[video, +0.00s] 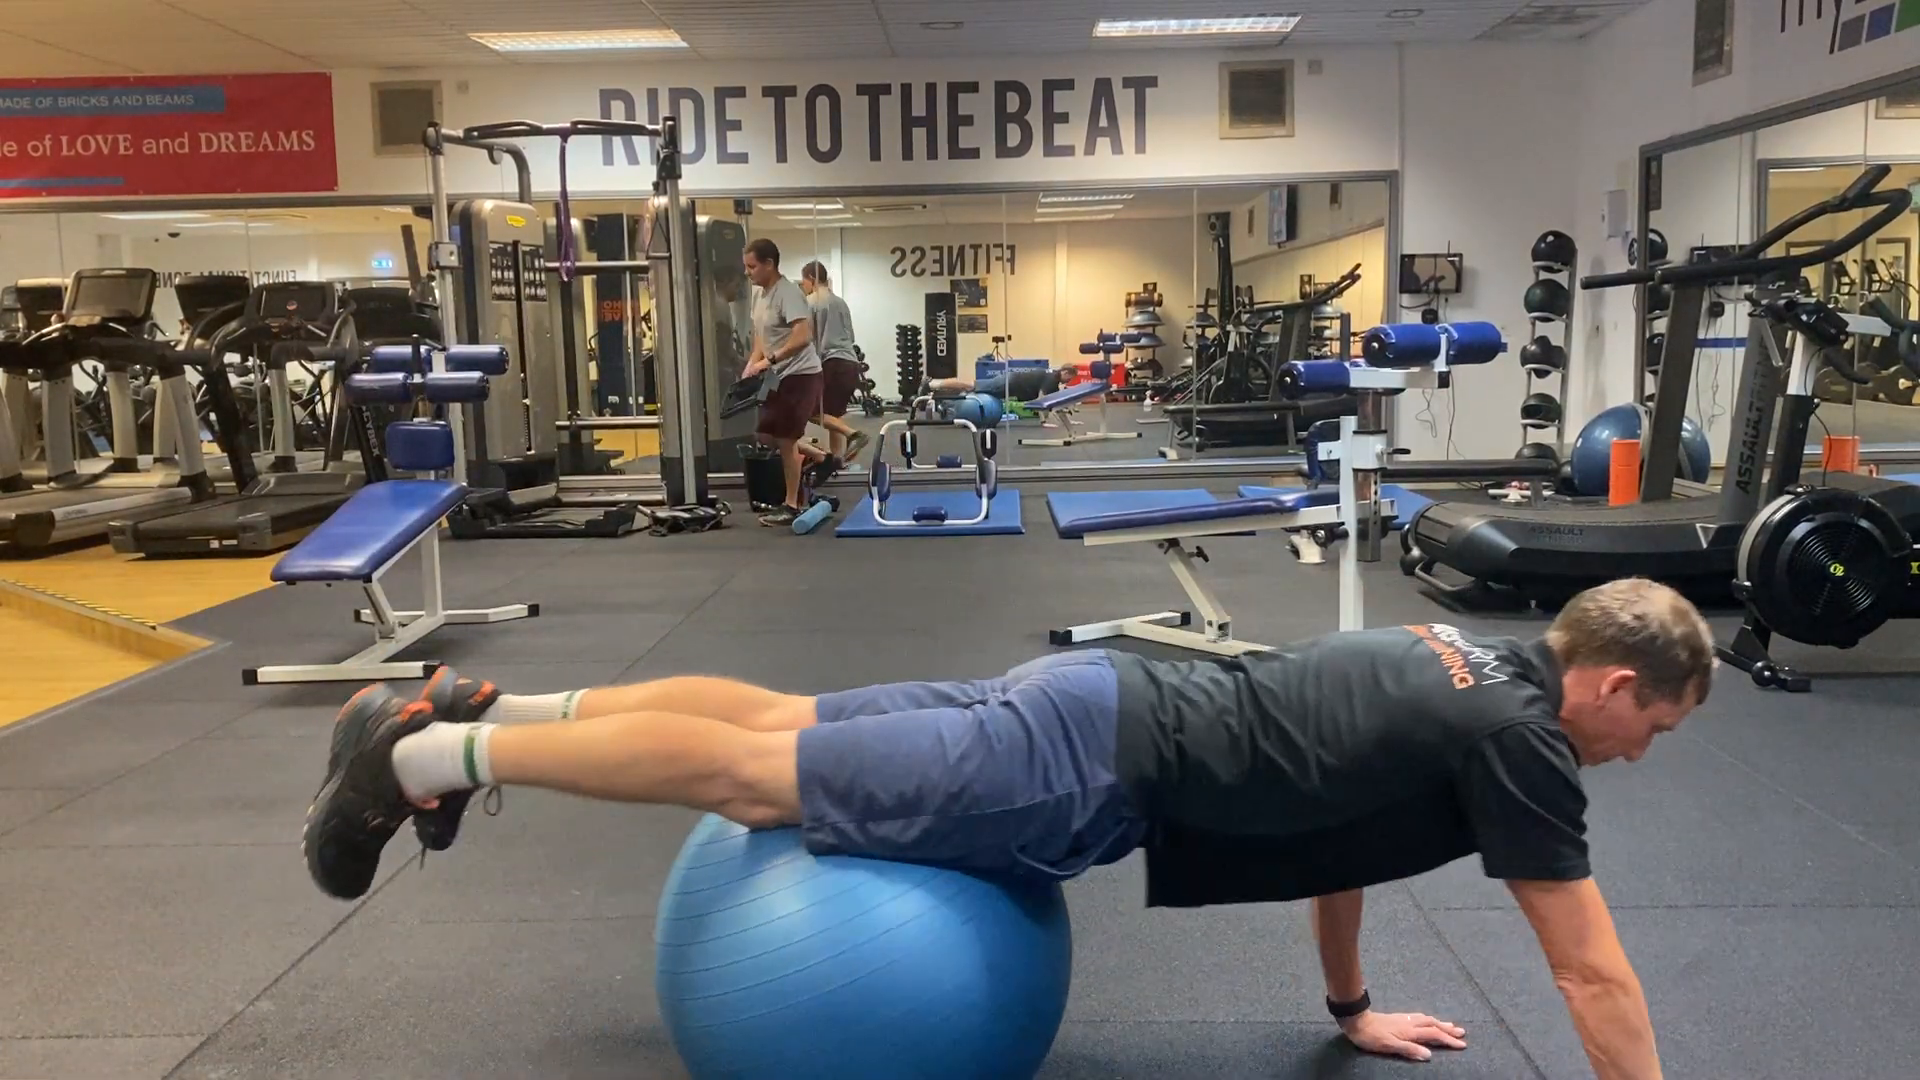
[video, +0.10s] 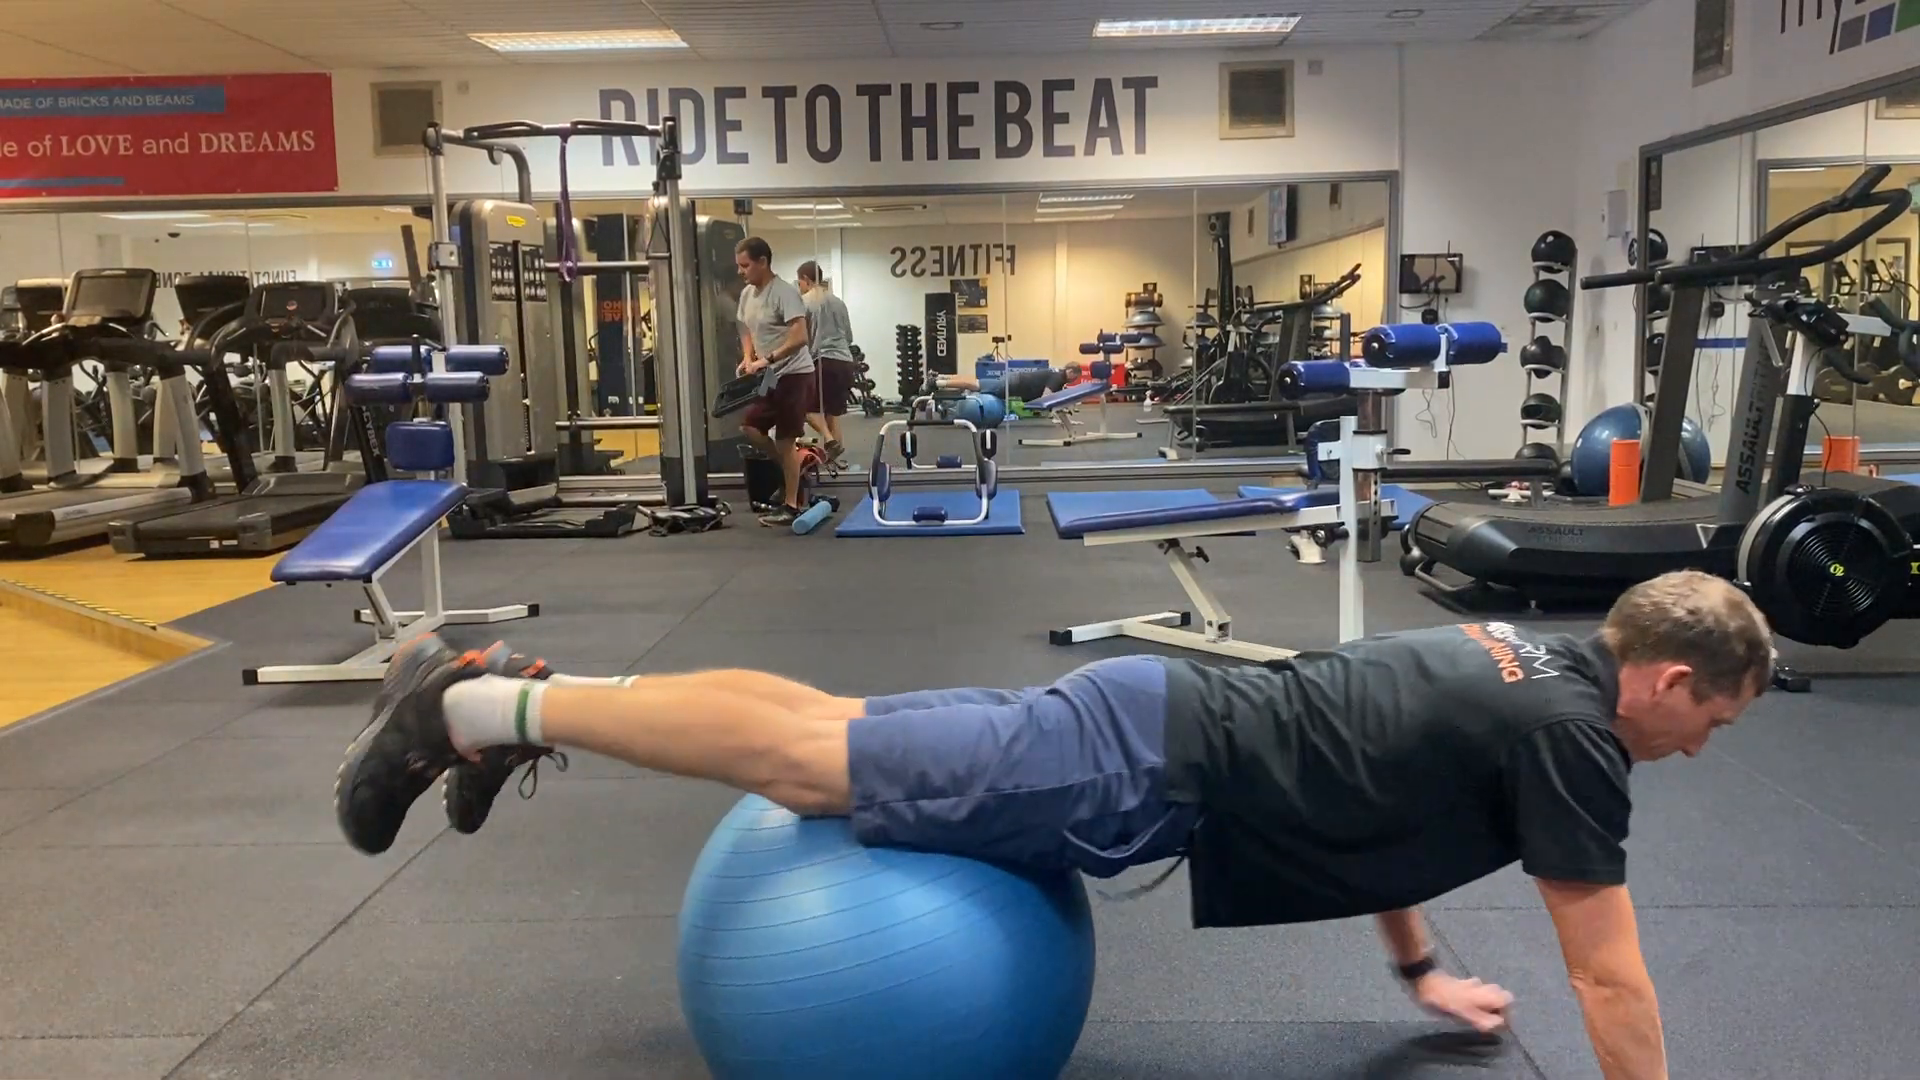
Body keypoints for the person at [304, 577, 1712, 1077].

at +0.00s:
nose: (1659, 740)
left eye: (1669, 717)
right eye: (1668, 716)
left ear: (1583, 653)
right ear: (1622, 690)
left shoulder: (1447, 674)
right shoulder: (1515, 745)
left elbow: (1334, 844)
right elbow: (1595, 980)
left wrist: (1349, 1008)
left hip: (1099, 712)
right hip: (1094, 751)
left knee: (774, 733)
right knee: (764, 771)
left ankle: (475, 714)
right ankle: (436, 748)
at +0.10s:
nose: (1721, 726)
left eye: (1728, 703)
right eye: (1728, 704)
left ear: (1641, 652)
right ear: (1678, 685)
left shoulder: (1517, 671)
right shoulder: (1567, 745)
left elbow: (1373, 808)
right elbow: (1614, 998)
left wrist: (1418, 966)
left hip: (1163, 717)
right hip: (1150, 748)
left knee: (836, 740)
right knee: (832, 758)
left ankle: (515, 691)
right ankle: (496, 706)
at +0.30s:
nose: (1767, 771)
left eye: (1781, 753)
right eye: (1784, 750)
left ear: (1721, 666)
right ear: (1753, 704)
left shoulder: (1594, 681)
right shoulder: (1640, 727)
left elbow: (1554, 888)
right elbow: (1630, 970)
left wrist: (1620, 1003)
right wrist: (1659, 1063)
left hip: (1229, 733)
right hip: (1232, 726)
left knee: (913, 769)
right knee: (899, 780)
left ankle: (642, 604)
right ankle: (633, 609)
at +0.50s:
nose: (1782, 803)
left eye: (1803, 794)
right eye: (1799, 781)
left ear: (1756, 676)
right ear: (1778, 726)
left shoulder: (1633, 667)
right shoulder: (1686, 721)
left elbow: (1557, 851)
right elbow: (1645, 984)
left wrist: (1604, 982)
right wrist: (1663, 1062)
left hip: (1291, 548)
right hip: (1302, 589)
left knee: (1014, 702)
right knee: (1006, 772)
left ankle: (797, 491)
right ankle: (757, 563)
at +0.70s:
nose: (1748, 822)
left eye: (1769, 810)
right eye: (1771, 805)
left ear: (1736, 699)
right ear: (1755, 746)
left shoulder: (1618, 667)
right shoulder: (1668, 702)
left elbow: (1573, 846)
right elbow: (1659, 974)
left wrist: (1611, 987)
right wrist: (1671, 1079)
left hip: (1328, 417)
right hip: (1352, 456)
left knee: (1155, 696)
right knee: (1190, 764)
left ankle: (913, 571)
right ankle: (918, 594)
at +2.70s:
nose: (1763, 813)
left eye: (1782, 804)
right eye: (1781, 793)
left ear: (1748, 692)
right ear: (1771, 733)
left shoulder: (1622, 666)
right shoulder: (1689, 710)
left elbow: (1560, 854)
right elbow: (1720, 975)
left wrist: (1607, 994)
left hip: (1271, 517)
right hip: (1316, 555)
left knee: (1085, 822)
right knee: (1251, 902)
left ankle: (817, 698)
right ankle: (1066, 616)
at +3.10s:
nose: (1795, 811)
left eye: (1813, 803)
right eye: (1816, 794)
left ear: (1781, 700)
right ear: (1810, 732)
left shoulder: (1656, 650)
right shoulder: (1730, 702)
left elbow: (1572, 840)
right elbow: (1733, 975)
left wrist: (1607, 997)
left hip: (1306, 526)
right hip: (1344, 584)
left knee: (1124, 794)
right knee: (1165, 869)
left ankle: (897, 617)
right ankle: (893, 702)